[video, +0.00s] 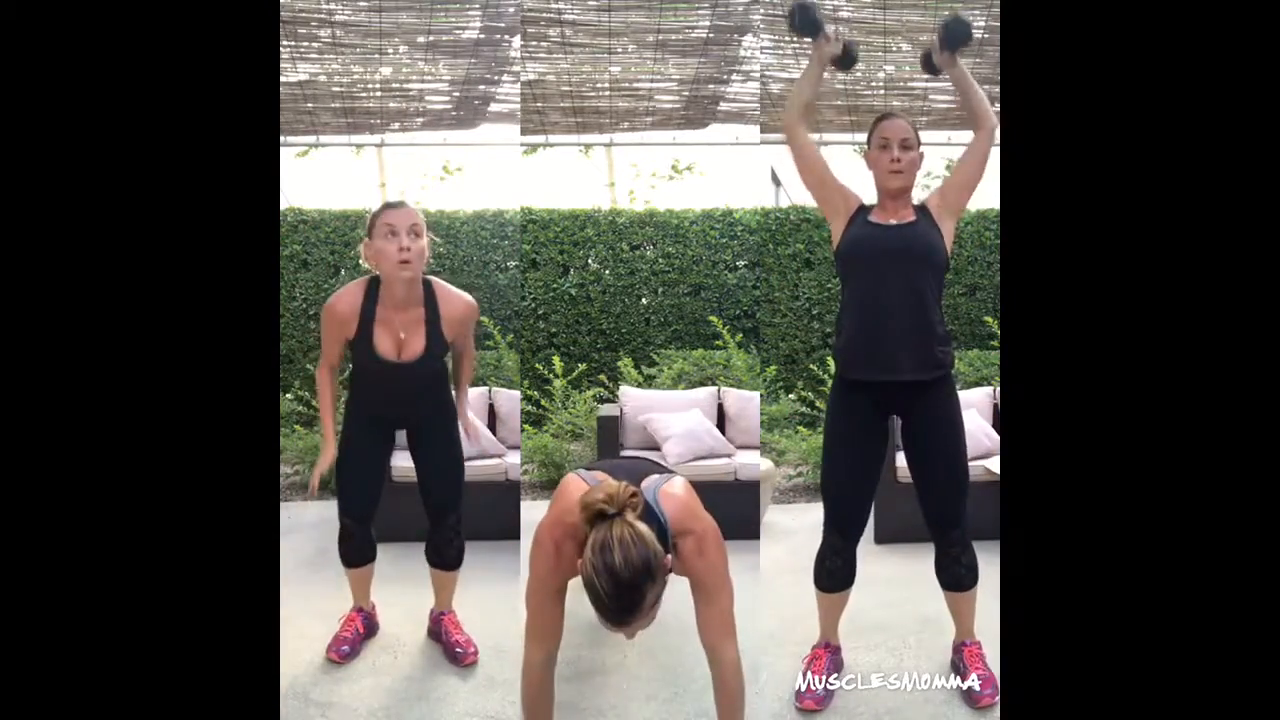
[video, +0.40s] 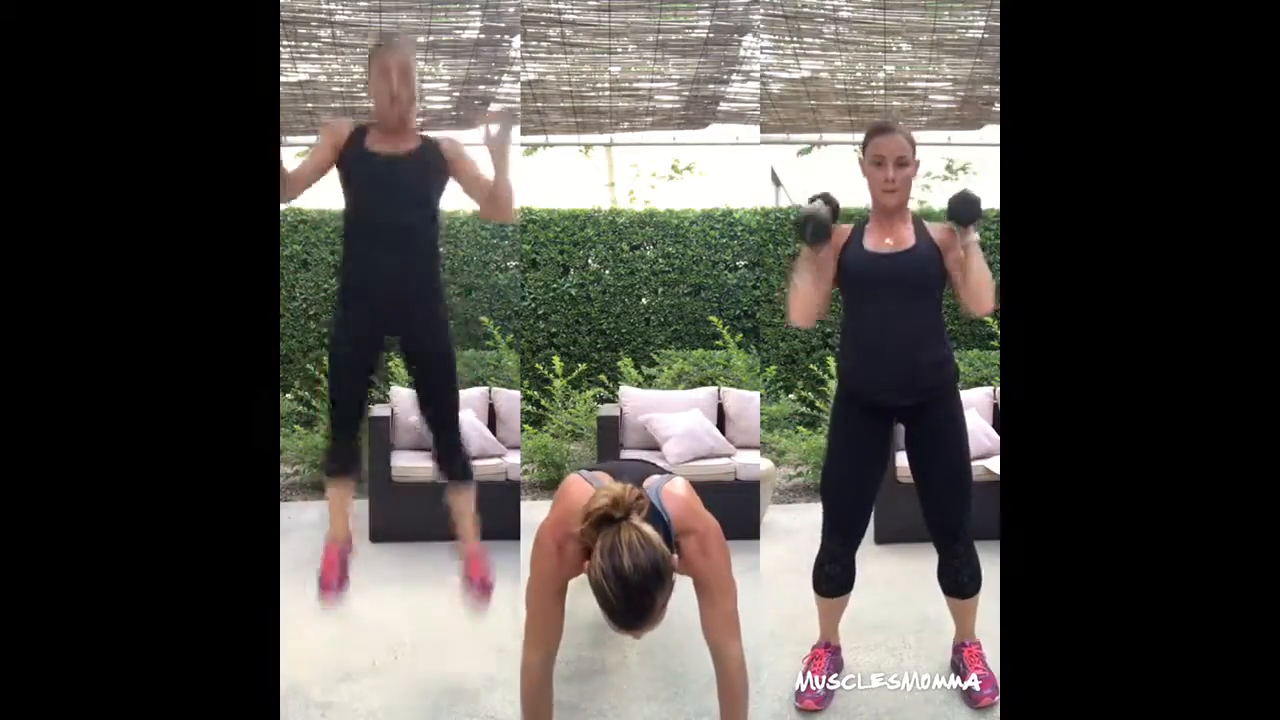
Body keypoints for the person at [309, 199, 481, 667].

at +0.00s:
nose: (405, 244)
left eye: (414, 233)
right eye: (391, 235)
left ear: (427, 245)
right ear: (369, 252)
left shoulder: (456, 307)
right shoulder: (345, 306)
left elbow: (464, 354)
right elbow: (327, 368)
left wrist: (461, 408)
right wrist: (328, 440)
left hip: (433, 413)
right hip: (368, 414)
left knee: (447, 518)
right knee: (353, 517)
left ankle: (444, 615)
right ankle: (362, 612)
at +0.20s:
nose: (401, 219)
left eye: (410, 210)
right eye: (390, 211)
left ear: (424, 226)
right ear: (372, 229)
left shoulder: (445, 280)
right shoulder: (356, 276)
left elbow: (499, 320)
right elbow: (301, 306)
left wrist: (496, 262)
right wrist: (315, 248)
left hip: (429, 421)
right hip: (366, 421)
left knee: (452, 521)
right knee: (349, 522)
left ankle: (445, 616)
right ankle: (360, 612)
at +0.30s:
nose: (400, 144)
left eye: (406, 134)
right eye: (389, 135)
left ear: (420, 144)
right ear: (373, 147)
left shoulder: (440, 216)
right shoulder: (350, 207)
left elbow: (507, 215)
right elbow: (287, 192)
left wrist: (485, 140)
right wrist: (291, 125)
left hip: (426, 372)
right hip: (364, 372)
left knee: (442, 488)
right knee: (354, 487)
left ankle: (452, 604)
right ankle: (351, 601)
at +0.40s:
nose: (393, 86)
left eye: (402, 75)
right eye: (384, 75)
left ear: (416, 81)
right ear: (370, 81)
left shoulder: (441, 149)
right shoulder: (344, 137)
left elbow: (501, 209)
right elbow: (288, 189)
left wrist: (499, 148)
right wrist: (284, 156)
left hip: (421, 301)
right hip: (359, 300)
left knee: (446, 427)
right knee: (343, 424)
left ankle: (472, 547)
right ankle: (339, 539)